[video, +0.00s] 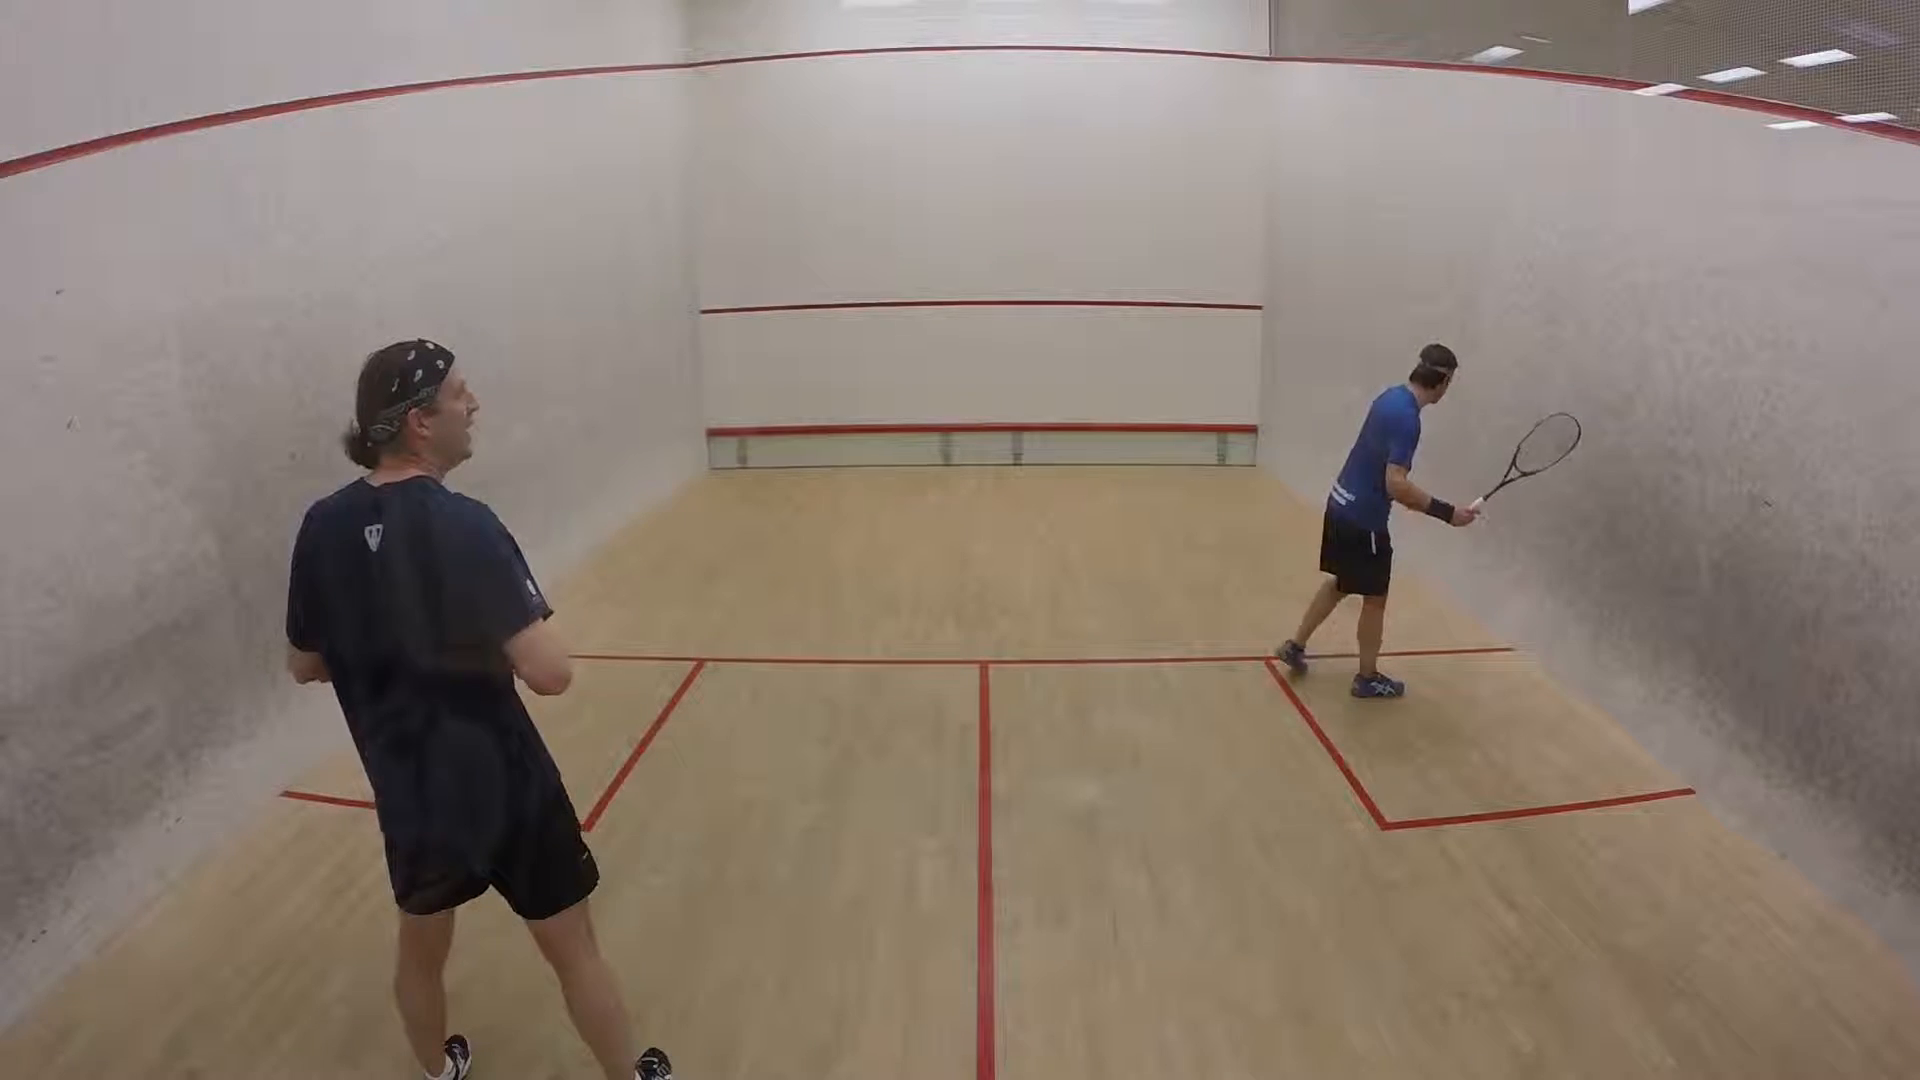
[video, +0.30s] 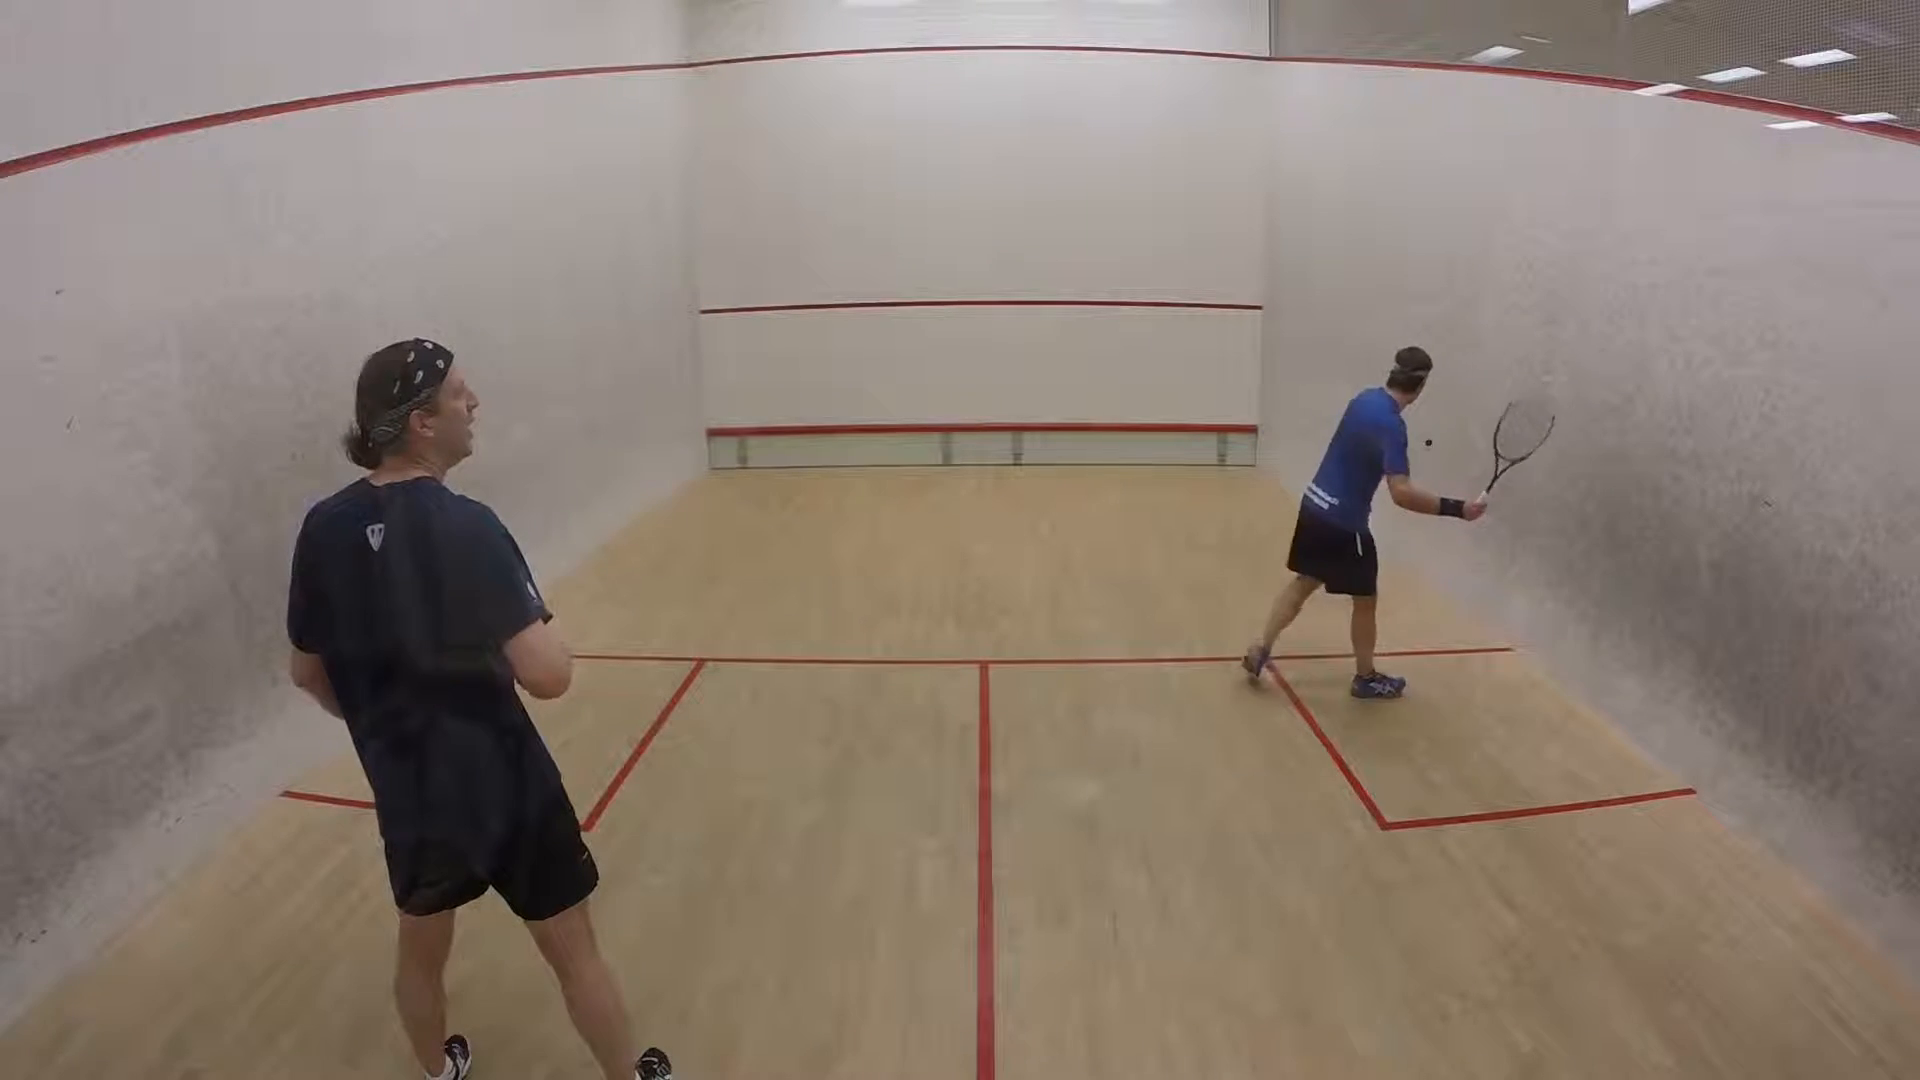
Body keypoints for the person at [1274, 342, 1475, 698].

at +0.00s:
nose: (1446, 391)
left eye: (1449, 384)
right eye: (1448, 384)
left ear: (1417, 372)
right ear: (1440, 382)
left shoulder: (1390, 398)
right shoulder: (1406, 417)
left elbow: (1374, 463)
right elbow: (1396, 485)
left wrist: (1406, 495)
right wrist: (1447, 512)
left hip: (1340, 507)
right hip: (1365, 522)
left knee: (1340, 582)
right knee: (1375, 599)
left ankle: (1295, 644)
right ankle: (1367, 677)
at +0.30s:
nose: (1423, 389)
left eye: (1422, 382)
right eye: (1424, 384)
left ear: (1393, 374)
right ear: (1419, 387)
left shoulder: (1364, 398)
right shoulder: (1392, 425)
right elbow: (1402, 494)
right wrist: (1459, 508)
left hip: (1314, 508)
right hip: (1347, 524)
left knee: (1306, 581)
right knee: (1365, 600)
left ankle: (1261, 649)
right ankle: (1365, 676)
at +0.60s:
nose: (1363, 380)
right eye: (1364, 376)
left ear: (1330, 369)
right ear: (1361, 378)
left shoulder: (1296, 396)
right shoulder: (1361, 428)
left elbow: (1259, 441)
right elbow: (1344, 487)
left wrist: (1256, 469)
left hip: (1272, 520)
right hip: (1316, 527)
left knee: (1264, 590)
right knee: (1340, 601)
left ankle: (1268, 672)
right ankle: (1358, 673)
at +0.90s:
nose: (1258, 348)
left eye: (1260, 343)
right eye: (1264, 343)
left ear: (1260, 348)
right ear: (1291, 351)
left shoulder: (1271, 391)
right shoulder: (1293, 389)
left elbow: (1263, 453)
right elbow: (1269, 453)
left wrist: (1209, 460)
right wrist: (1221, 474)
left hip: (1268, 511)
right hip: (1292, 506)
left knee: (1257, 585)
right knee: (1270, 579)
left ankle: (1269, 672)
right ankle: (1277, 650)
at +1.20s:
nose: (1198, 348)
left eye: (1207, 344)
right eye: (1203, 342)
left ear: (1225, 357)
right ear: (1220, 356)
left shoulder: (1246, 402)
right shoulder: (1215, 400)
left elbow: (1255, 469)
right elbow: (1223, 467)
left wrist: (1197, 483)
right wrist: (1210, 516)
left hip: (1247, 521)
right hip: (1216, 516)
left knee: (1260, 595)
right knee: (1189, 584)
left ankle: (1274, 665)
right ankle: (1169, 668)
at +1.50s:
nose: (1152, 353)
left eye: (1162, 350)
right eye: (1153, 347)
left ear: (1181, 362)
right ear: (1154, 355)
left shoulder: (1188, 405)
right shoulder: (1155, 404)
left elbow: (1194, 473)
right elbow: (1162, 466)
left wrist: (1135, 492)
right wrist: (1146, 510)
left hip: (1183, 530)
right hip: (1151, 523)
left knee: (1170, 615)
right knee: (1134, 601)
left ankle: (1224, 646)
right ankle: (1153, 683)